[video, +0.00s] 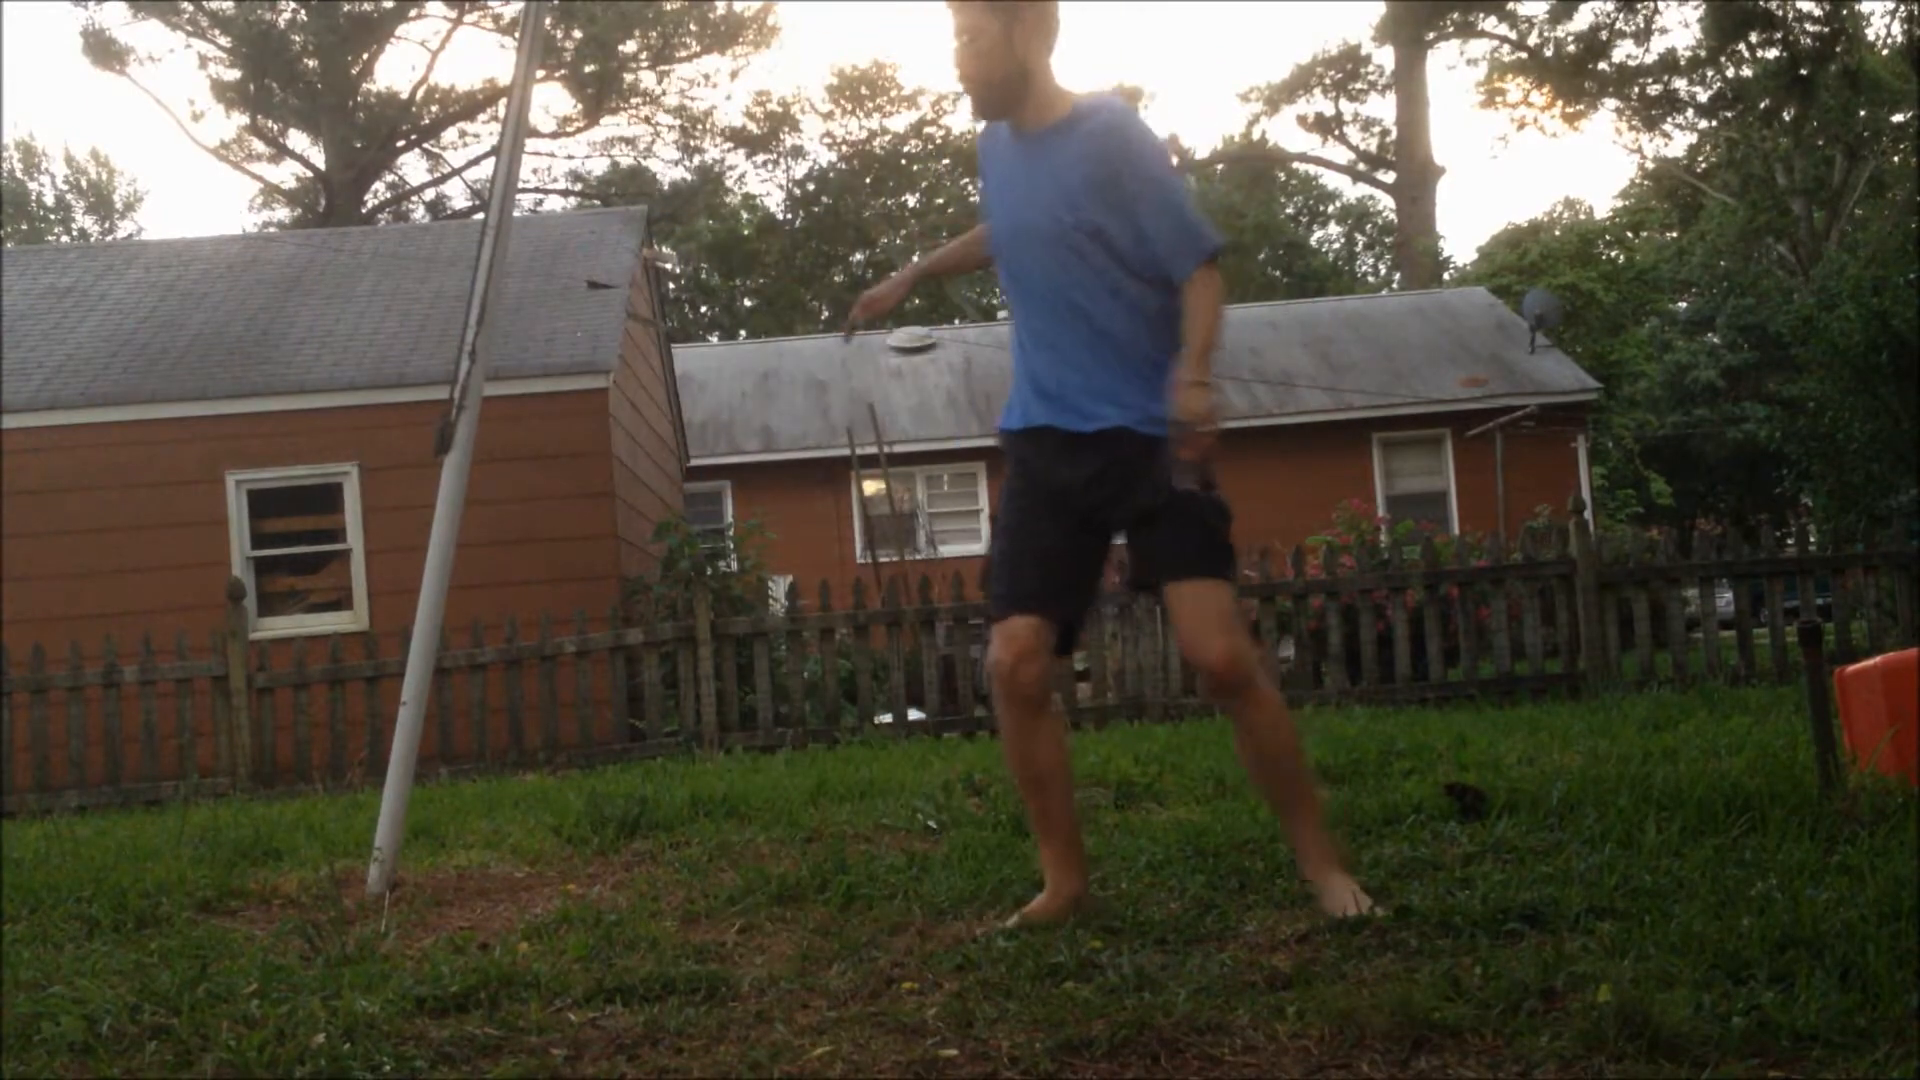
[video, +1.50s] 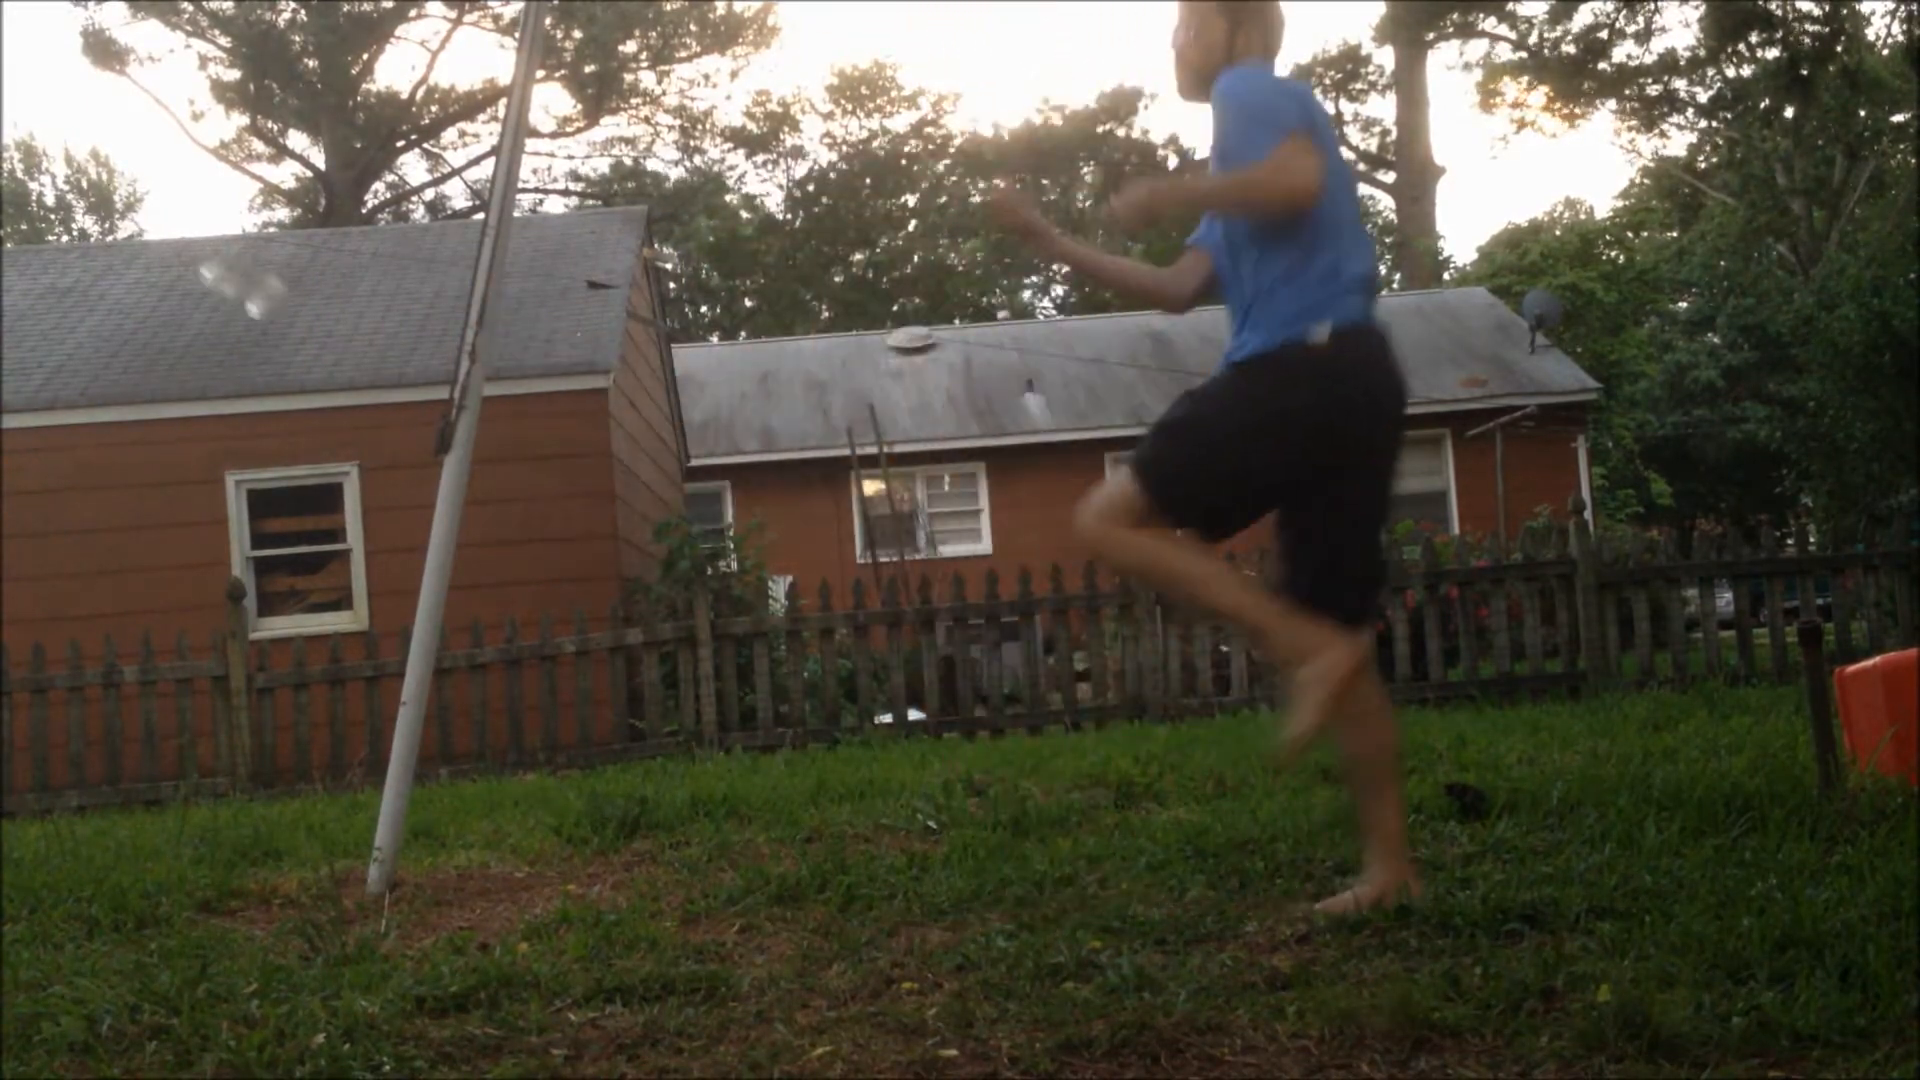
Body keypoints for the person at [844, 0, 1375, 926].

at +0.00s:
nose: (958, 49)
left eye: (971, 27)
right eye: (955, 31)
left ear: (1030, 28)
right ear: (975, 38)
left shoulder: (1111, 132)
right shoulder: (993, 145)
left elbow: (1201, 265)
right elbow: (1010, 231)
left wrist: (1193, 369)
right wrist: (911, 274)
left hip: (1153, 432)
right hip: (1045, 439)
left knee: (1220, 657)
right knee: (1017, 664)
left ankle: (1324, 869)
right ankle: (1063, 886)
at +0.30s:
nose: (898, 24)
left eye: (908, 5)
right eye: (895, 9)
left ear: (959, 4)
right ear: (922, 16)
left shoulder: (1039, 81)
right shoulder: (940, 92)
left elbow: (1102, 231)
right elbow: (961, 190)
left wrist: (990, 316)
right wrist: (928, 253)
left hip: (1086, 348)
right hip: (1006, 361)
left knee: (985, 515)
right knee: (988, 622)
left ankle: (1078, 547)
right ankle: (1046, 863)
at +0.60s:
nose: (913, 31)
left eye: (932, 12)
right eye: (915, 14)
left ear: (986, 23)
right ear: (945, 30)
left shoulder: (1017, 119)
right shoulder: (964, 135)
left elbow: (1061, 268)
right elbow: (1010, 280)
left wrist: (930, 317)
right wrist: (945, 375)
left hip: (1026, 388)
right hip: (989, 392)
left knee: (833, 493)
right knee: (929, 655)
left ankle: (1048, 618)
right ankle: (1027, 879)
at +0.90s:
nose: (1034, 47)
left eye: (1049, 28)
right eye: (1037, 30)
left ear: (1100, 35)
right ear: (1088, 39)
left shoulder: (1107, 136)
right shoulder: (1089, 141)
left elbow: (994, 229)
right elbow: (1049, 248)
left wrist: (837, 258)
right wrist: (949, 206)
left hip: (1025, 380)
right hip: (1030, 403)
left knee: (805, 289)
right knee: (927, 651)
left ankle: (547, 320)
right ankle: (1032, 877)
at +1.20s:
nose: (1106, 23)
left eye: (1114, 10)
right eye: (1110, 14)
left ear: (1146, 13)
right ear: (1186, 20)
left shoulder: (1147, 69)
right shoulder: (1196, 116)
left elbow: (997, 145)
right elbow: (1105, 251)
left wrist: (845, 168)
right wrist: (1009, 186)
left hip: (1165, 333)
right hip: (1200, 362)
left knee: (916, 286)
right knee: (1093, 608)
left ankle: (867, 516)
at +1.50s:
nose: (1173, 35)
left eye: (1183, 16)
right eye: (1176, 18)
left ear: (1226, 21)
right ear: (1244, 25)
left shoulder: (1251, 90)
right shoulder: (1259, 142)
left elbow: (1295, 181)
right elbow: (1178, 287)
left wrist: (1171, 192)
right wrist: (1051, 240)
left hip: (1304, 374)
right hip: (1351, 384)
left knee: (1105, 520)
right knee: (1338, 639)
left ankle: (1308, 647)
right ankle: (1388, 870)